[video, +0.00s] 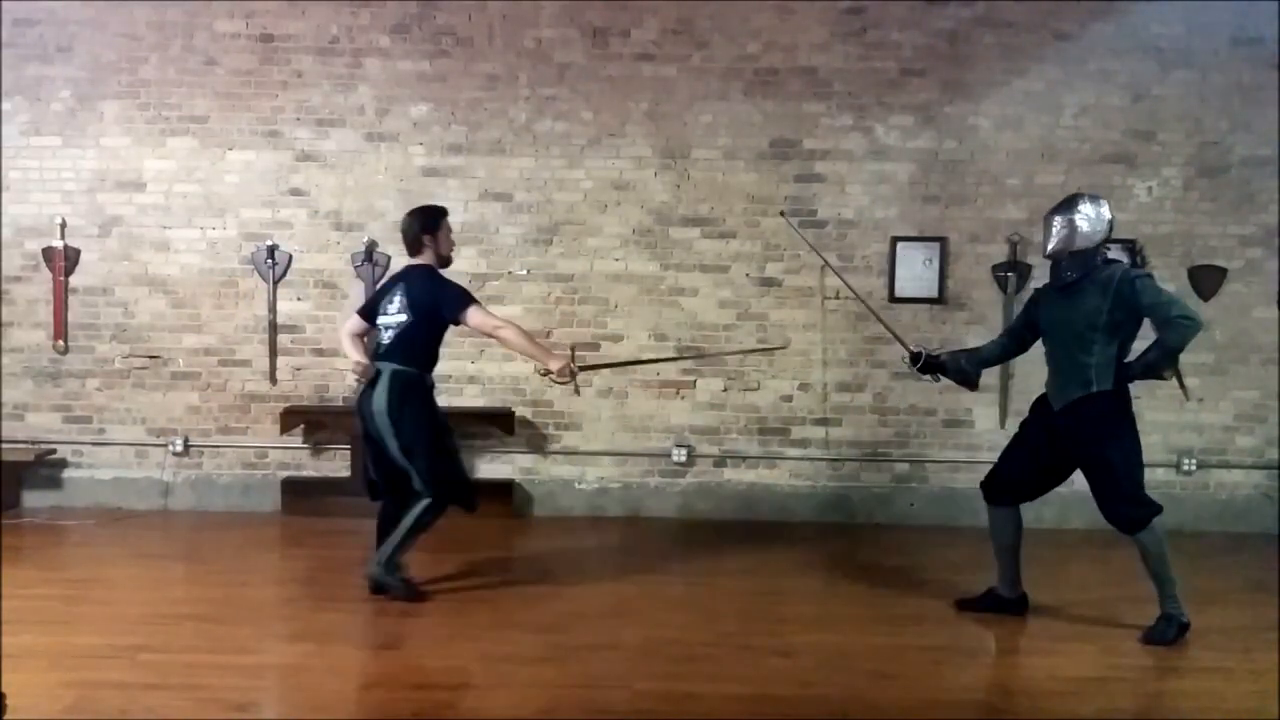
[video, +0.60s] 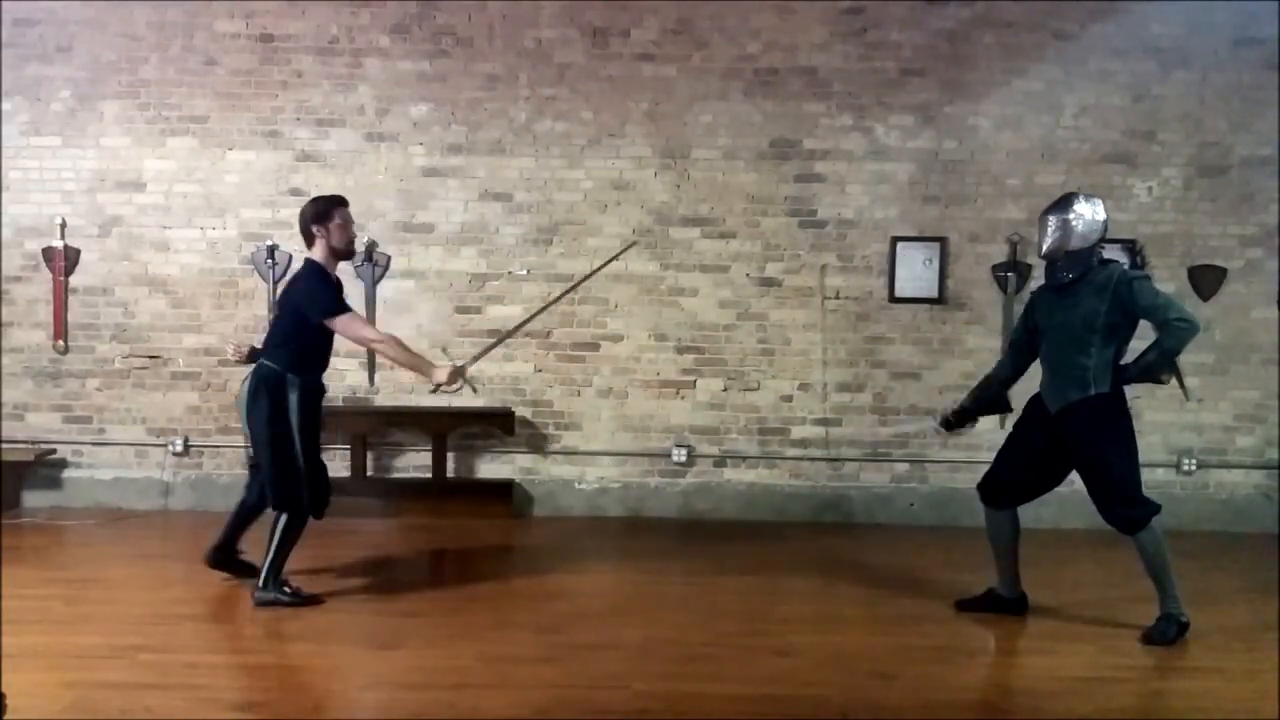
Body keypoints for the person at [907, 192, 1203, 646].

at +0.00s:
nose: (1053, 238)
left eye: (1064, 227)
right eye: (1053, 228)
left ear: (1089, 230)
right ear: (1056, 232)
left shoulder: (1123, 280)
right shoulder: (1046, 297)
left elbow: (1184, 323)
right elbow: (1007, 345)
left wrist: (1135, 370)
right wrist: (942, 361)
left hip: (1104, 413)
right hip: (1053, 415)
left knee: (1131, 510)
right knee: (1000, 490)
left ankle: (1173, 612)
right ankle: (1008, 592)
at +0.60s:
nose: (1048, 239)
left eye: (1059, 228)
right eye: (1048, 229)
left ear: (1083, 231)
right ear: (1050, 232)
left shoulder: (1119, 282)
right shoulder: (1043, 299)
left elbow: (1182, 324)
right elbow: (1011, 364)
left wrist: (1136, 370)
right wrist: (968, 408)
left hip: (1100, 414)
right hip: (1048, 416)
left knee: (1129, 511)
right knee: (996, 493)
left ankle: (1172, 612)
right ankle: (1008, 592)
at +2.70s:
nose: (1036, 241)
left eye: (1045, 231)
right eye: (1036, 231)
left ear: (1070, 233)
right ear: (1054, 234)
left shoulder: (1100, 281)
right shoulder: (1057, 284)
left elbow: (1157, 321)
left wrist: (1125, 373)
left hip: (1096, 416)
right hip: (1053, 413)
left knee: (1130, 512)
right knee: (996, 492)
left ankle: (1181, 614)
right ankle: (1008, 593)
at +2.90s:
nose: (1038, 240)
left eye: (1047, 231)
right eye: (1038, 231)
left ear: (1072, 234)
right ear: (1052, 235)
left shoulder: (1101, 281)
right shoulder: (1057, 283)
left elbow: (1158, 321)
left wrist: (1123, 373)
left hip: (1096, 416)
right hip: (1053, 413)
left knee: (1129, 511)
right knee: (996, 492)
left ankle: (1180, 613)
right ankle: (1008, 592)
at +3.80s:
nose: (929, 285)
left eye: (937, 276)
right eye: (927, 276)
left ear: (959, 277)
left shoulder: (1002, 314)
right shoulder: (920, 330)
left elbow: (1067, 341)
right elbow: (891, 386)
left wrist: (1037, 384)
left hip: (999, 436)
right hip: (946, 432)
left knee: (1054, 514)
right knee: (880, 482)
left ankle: (1121, 602)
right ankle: (897, 565)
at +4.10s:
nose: (904, 301)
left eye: (910, 291)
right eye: (903, 292)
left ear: (933, 290)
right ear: (935, 292)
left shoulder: (989, 322)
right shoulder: (909, 346)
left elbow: (1055, 340)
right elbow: (904, 411)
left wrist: (1030, 387)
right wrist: (904, 465)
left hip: (997, 442)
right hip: (943, 440)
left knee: (1053, 515)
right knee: (875, 482)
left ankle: (1121, 600)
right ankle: (896, 564)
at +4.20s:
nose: (925, 293)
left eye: (932, 282)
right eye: (921, 283)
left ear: (955, 281)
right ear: (920, 287)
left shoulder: (1002, 316)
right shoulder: (924, 339)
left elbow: (1073, 339)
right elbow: (905, 400)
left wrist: (1049, 383)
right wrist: (889, 447)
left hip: (1009, 440)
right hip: (956, 438)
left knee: (1066, 517)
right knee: (888, 481)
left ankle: (1139, 597)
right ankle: (896, 566)